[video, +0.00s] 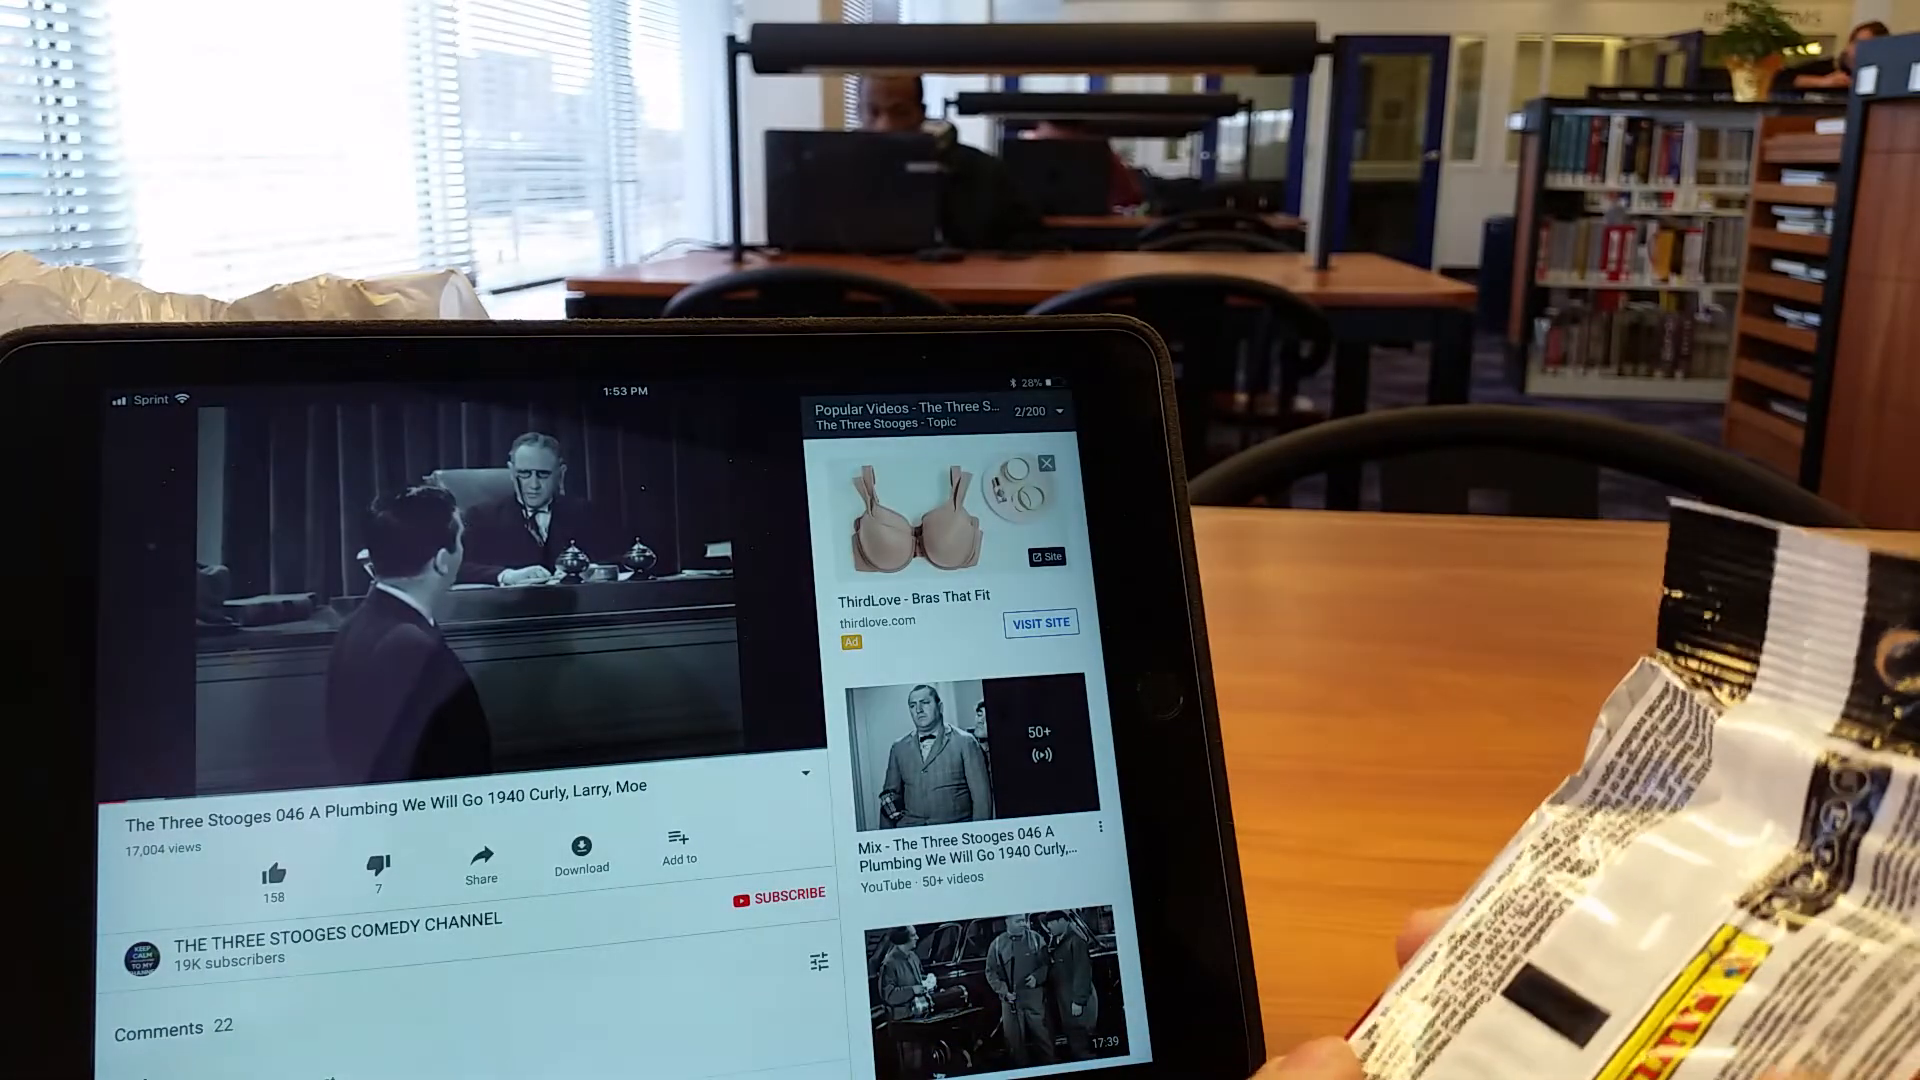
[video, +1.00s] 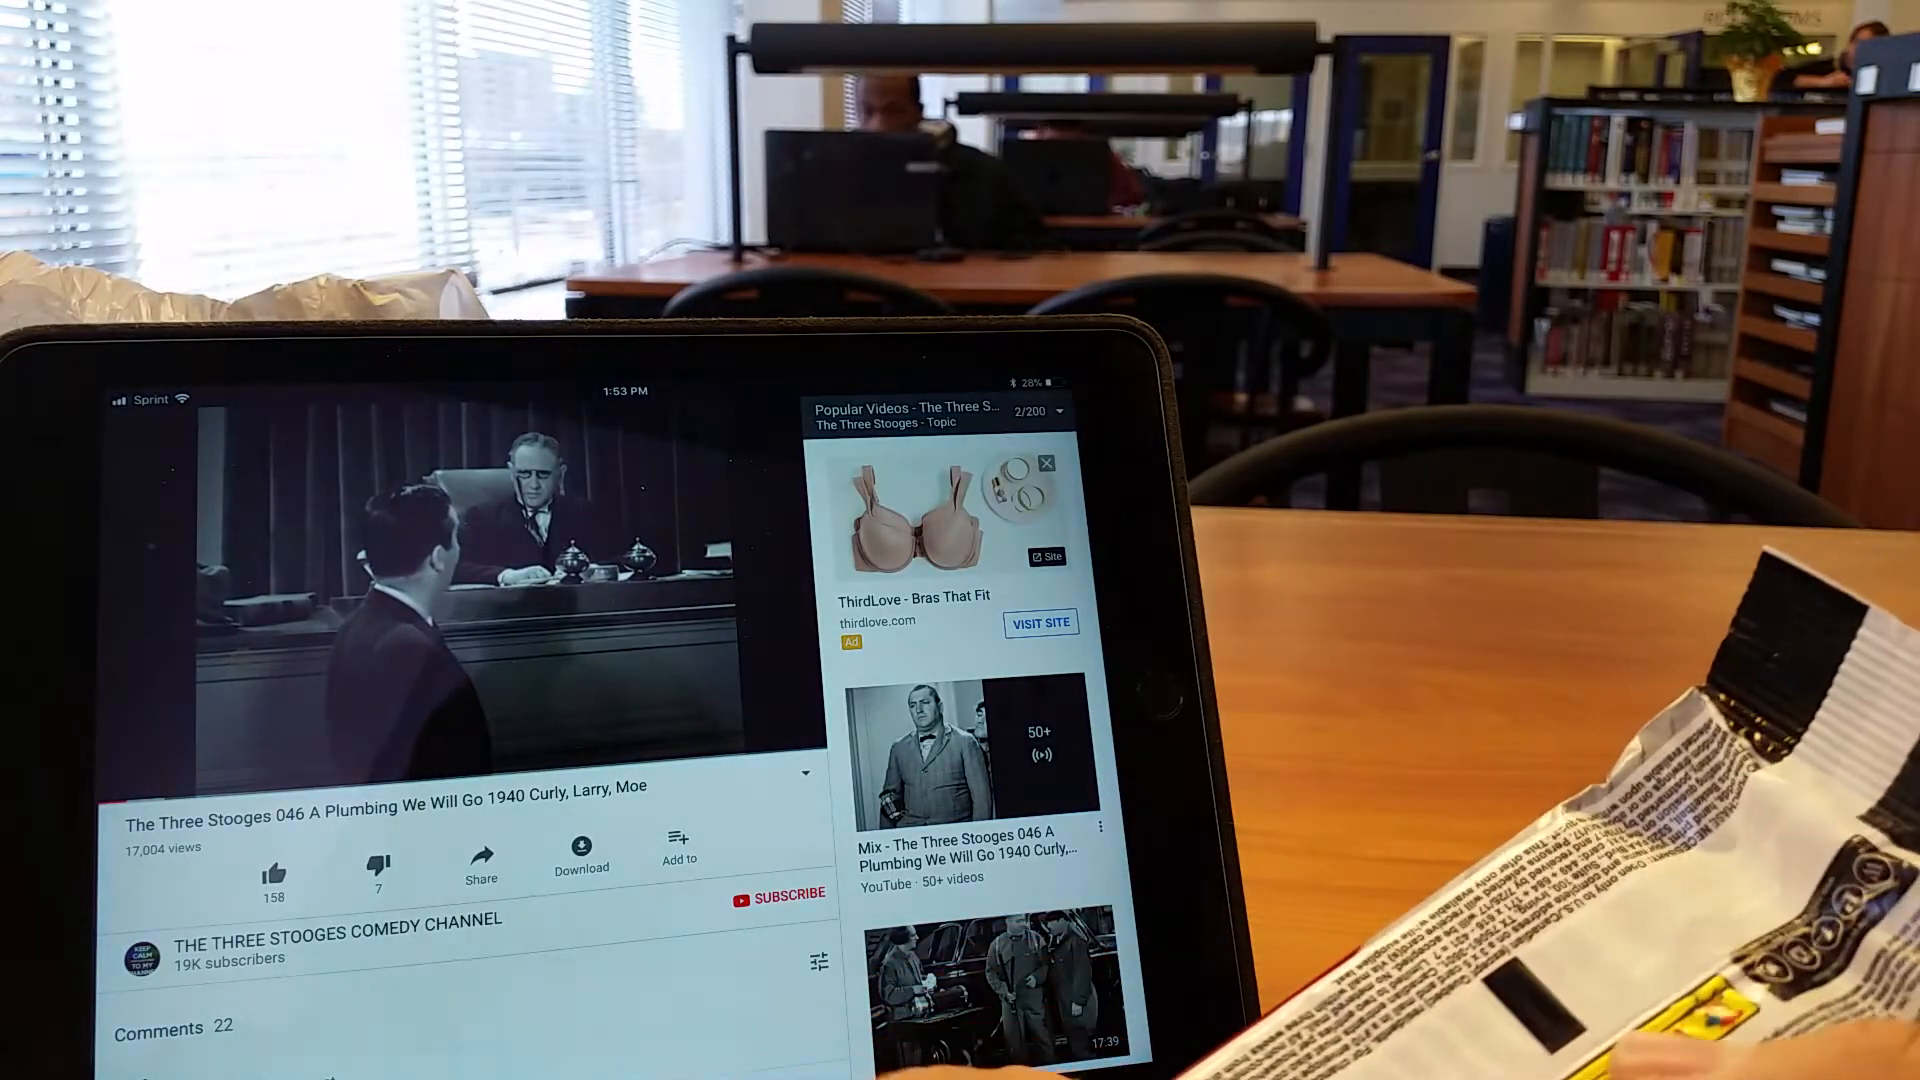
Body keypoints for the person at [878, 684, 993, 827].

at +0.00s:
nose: (919, 709)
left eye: (925, 703)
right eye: (913, 705)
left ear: (939, 707)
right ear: (909, 711)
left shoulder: (964, 742)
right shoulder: (899, 749)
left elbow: (981, 795)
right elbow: (891, 794)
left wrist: (979, 834)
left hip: (956, 831)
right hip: (910, 835)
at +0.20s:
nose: (919, 709)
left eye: (925, 703)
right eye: (913, 705)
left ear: (939, 706)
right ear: (909, 711)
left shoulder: (964, 742)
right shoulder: (899, 749)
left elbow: (981, 795)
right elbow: (891, 793)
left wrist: (979, 835)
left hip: (956, 831)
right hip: (910, 836)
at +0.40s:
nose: (919, 710)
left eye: (925, 703)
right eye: (913, 705)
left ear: (939, 706)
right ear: (909, 711)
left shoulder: (964, 742)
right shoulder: (899, 748)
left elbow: (981, 795)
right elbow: (891, 794)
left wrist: (979, 834)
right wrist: (886, 839)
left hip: (956, 831)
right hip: (910, 835)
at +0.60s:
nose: (919, 710)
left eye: (925, 703)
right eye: (913, 705)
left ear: (939, 706)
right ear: (909, 711)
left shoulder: (964, 742)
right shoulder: (899, 748)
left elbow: (981, 795)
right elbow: (890, 794)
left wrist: (979, 835)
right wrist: (886, 841)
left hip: (956, 832)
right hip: (910, 836)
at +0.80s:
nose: (919, 709)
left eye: (925, 703)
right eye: (913, 705)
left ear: (939, 707)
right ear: (909, 711)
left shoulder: (964, 742)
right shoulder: (899, 749)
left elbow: (981, 796)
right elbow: (890, 796)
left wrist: (979, 835)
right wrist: (886, 839)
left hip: (956, 832)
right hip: (910, 836)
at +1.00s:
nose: (919, 709)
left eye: (925, 703)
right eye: (913, 705)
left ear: (939, 706)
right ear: (909, 711)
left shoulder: (964, 742)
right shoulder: (899, 749)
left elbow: (981, 795)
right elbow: (891, 795)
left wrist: (979, 835)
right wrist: (886, 840)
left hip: (956, 831)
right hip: (910, 836)